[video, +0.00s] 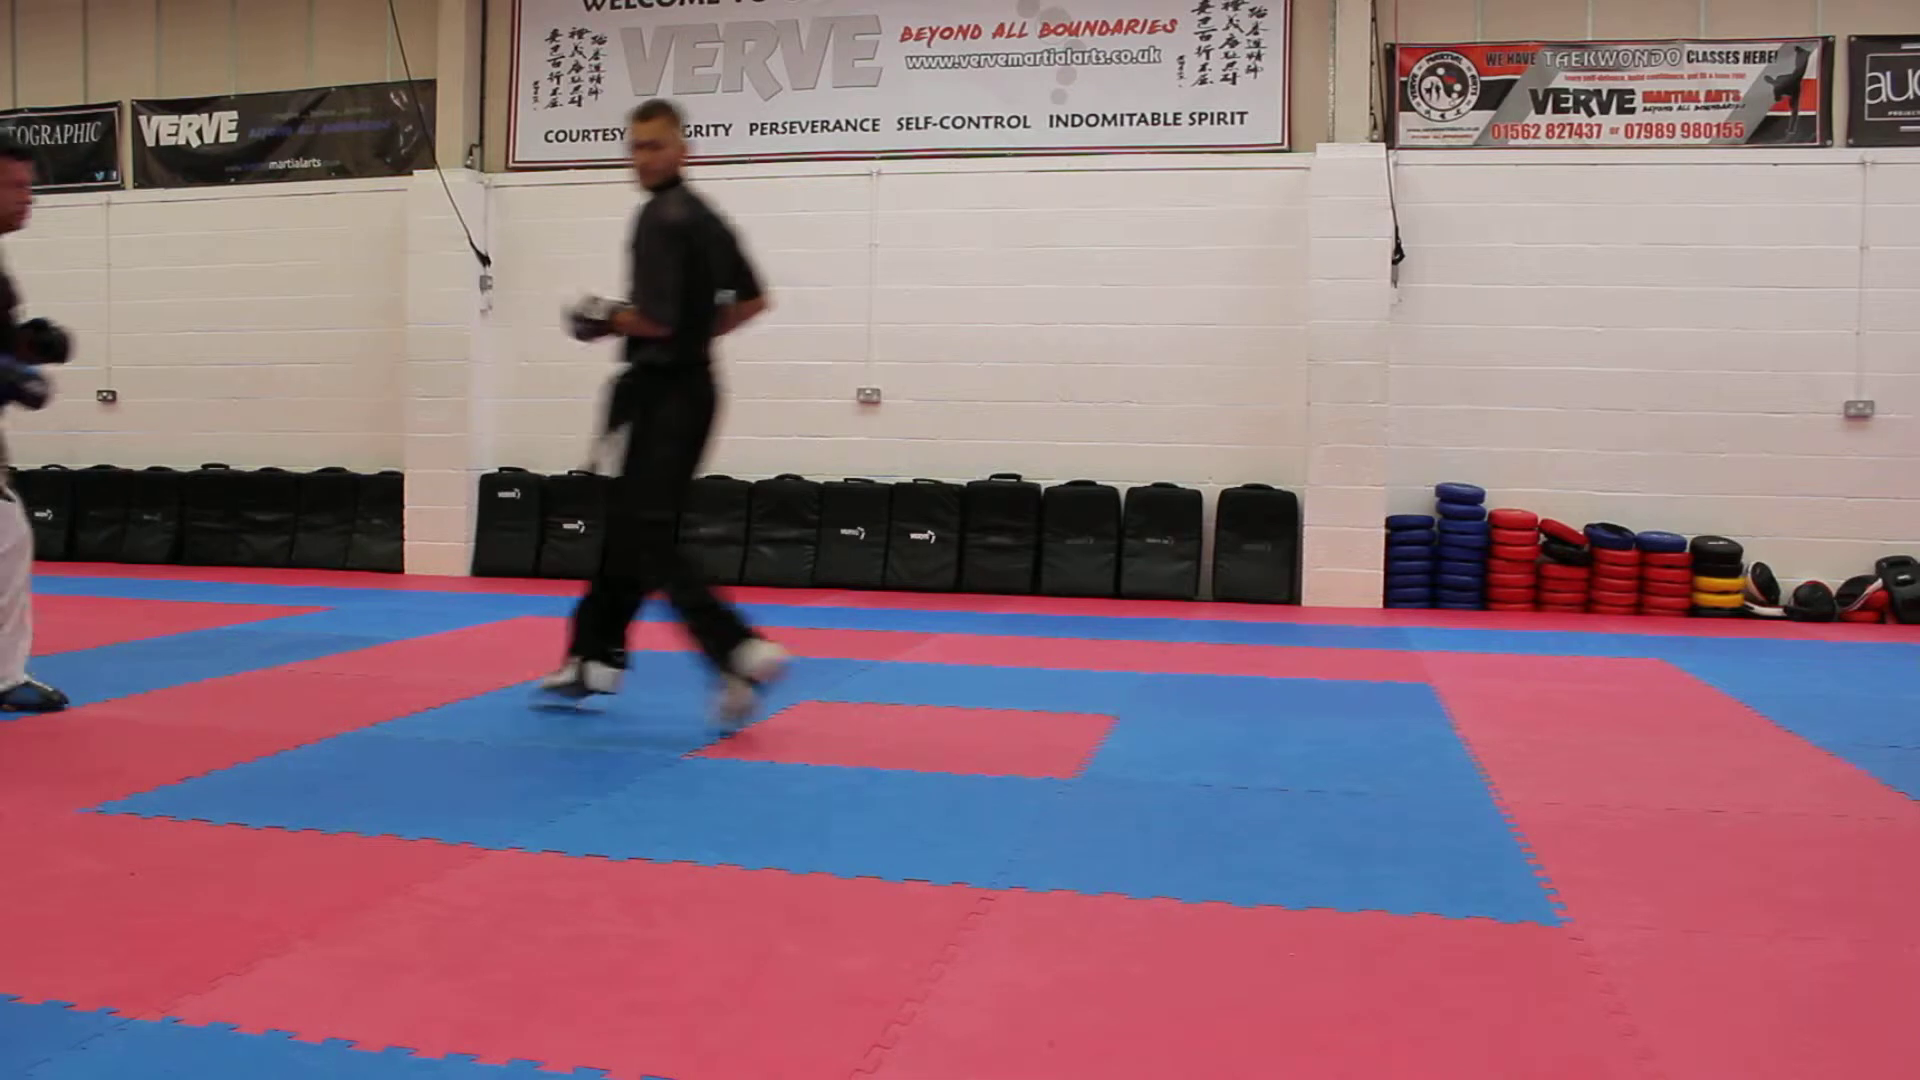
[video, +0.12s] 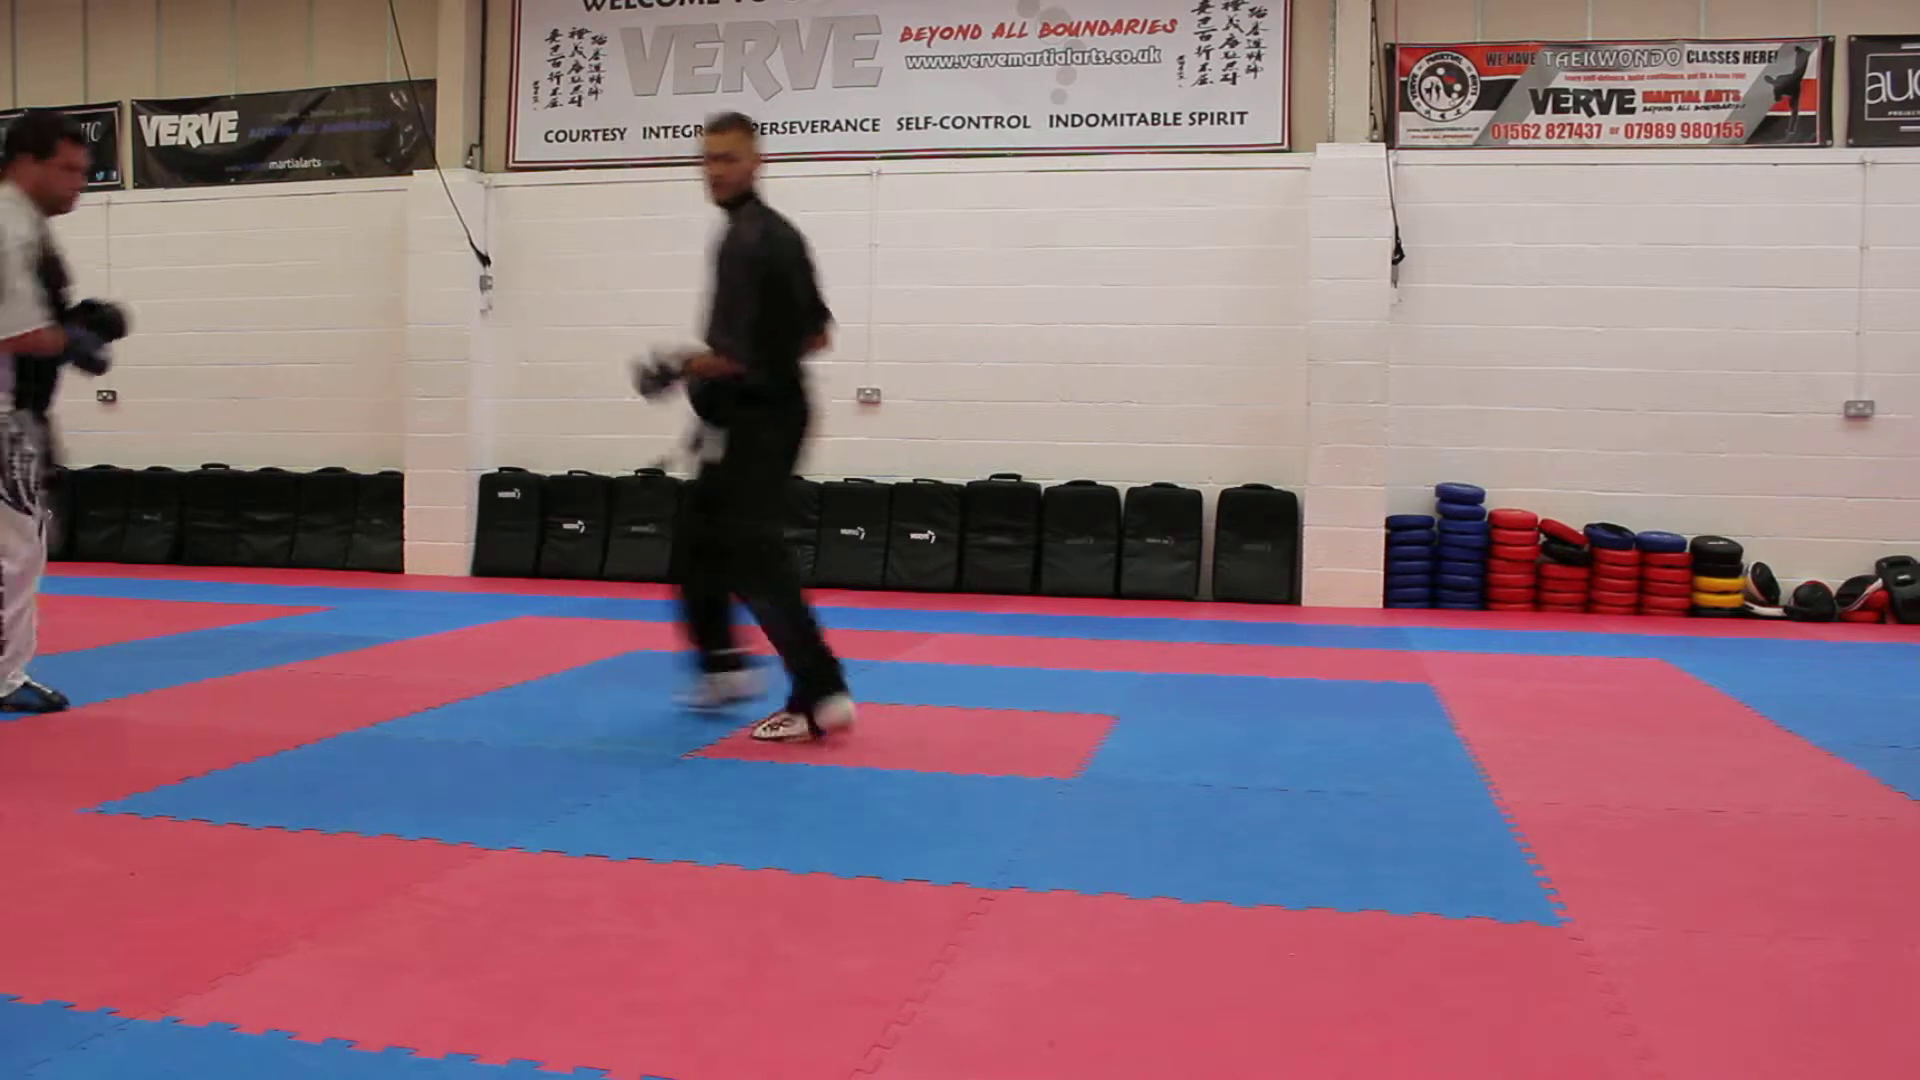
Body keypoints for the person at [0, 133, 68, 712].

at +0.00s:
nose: (25, 199)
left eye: (27, 188)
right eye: (16, 187)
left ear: (24, 191)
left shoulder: (3, 278)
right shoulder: (1, 277)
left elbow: (8, 342)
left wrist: (23, 356)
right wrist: (13, 370)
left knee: (14, 534)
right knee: (13, 534)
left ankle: (11, 671)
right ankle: (9, 672)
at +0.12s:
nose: (80, 184)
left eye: (83, 172)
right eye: (71, 170)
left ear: (34, 168)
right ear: (27, 164)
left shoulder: (30, 223)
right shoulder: (10, 224)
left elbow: (33, 316)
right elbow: (15, 329)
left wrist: (78, 318)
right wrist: (70, 341)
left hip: (25, 413)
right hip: (8, 417)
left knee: (27, 539)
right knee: (18, 543)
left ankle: (13, 670)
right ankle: (8, 673)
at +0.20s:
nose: (114, 174)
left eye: (116, 162)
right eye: (105, 160)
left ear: (69, 160)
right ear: (64, 155)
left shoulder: (56, 210)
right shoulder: (40, 214)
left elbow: (64, 306)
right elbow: (74, 322)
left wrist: (117, 306)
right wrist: (118, 325)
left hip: (50, 404)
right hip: (19, 405)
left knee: (89, 521)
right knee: (19, 540)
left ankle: (25, 640)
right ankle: (8, 670)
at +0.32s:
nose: (168, 173)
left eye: (170, 161)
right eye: (159, 159)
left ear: (128, 160)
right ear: (117, 155)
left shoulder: (119, 218)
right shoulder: (92, 213)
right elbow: (144, 316)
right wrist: (182, 308)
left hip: (105, 415)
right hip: (46, 414)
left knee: (153, 541)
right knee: (25, 552)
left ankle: (207, 660)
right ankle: (6, 673)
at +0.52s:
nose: (265, 173)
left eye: (267, 162)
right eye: (255, 160)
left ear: (246, 164)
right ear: (214, 156)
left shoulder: (242, 235)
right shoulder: (176, 219)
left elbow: (253, 306)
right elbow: (189, 312)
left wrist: (287, 320)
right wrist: (258, 335)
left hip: (227, 414)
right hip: (172, 416)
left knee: (250, 541)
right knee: (180, 545)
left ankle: (248, 675)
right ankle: (78, 624)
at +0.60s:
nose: (300, 166)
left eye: (304, 156)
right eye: (290, 153)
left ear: (299, 159)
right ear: (249, 149)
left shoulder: (293, 237)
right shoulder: (203, 212)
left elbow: (297, 322)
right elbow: (187, 302)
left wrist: (325, 334)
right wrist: (270, 333)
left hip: (261, 399)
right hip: (204, 396)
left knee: (273, 532)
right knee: (256, 527)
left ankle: (248, 672)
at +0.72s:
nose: (345, 164)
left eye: (349, 152)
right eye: (334, 151)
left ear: (347, 155)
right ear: (293, 149)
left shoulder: (354, 237)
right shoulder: (244, 216)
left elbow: (375, 308)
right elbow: (202, 303)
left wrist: (395, 335)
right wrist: (286, 325)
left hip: (325, 400)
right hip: (261, 395)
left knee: (304, 535)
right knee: (317, 528)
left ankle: (249, 670)